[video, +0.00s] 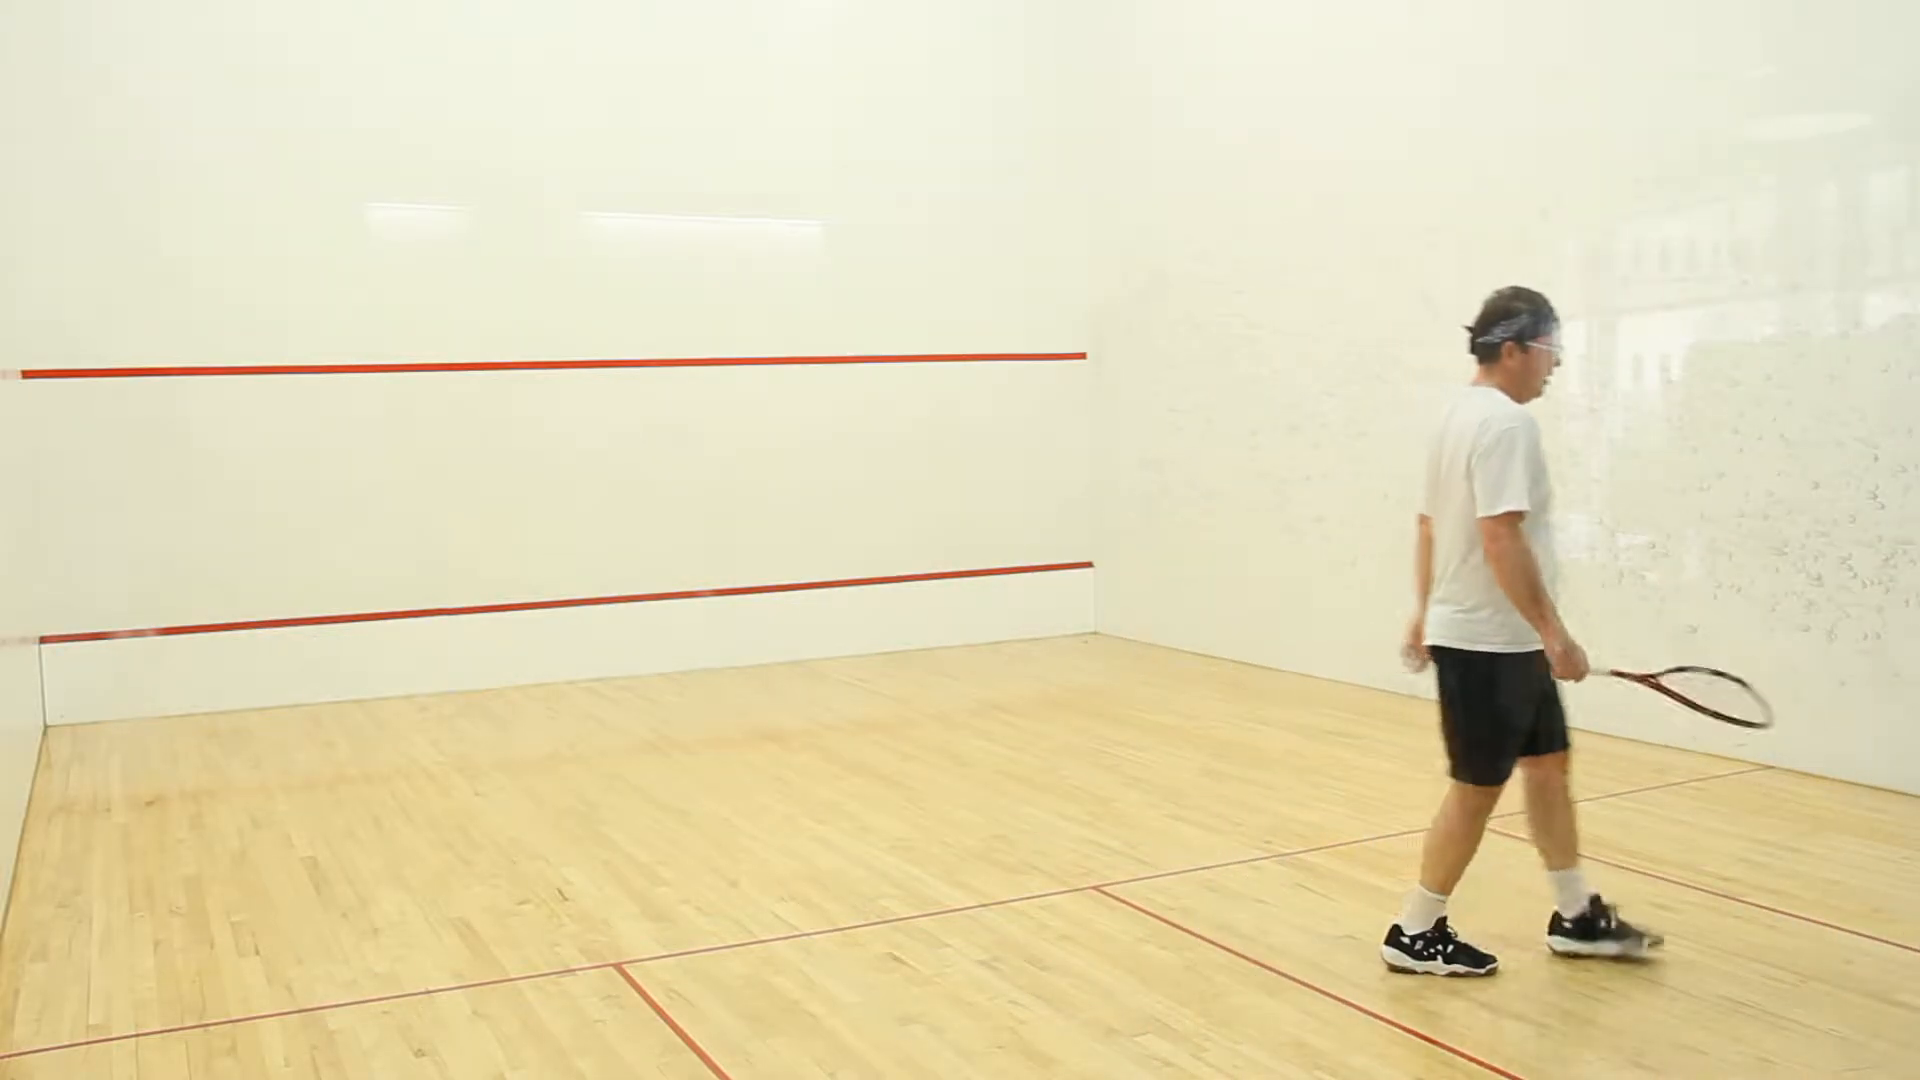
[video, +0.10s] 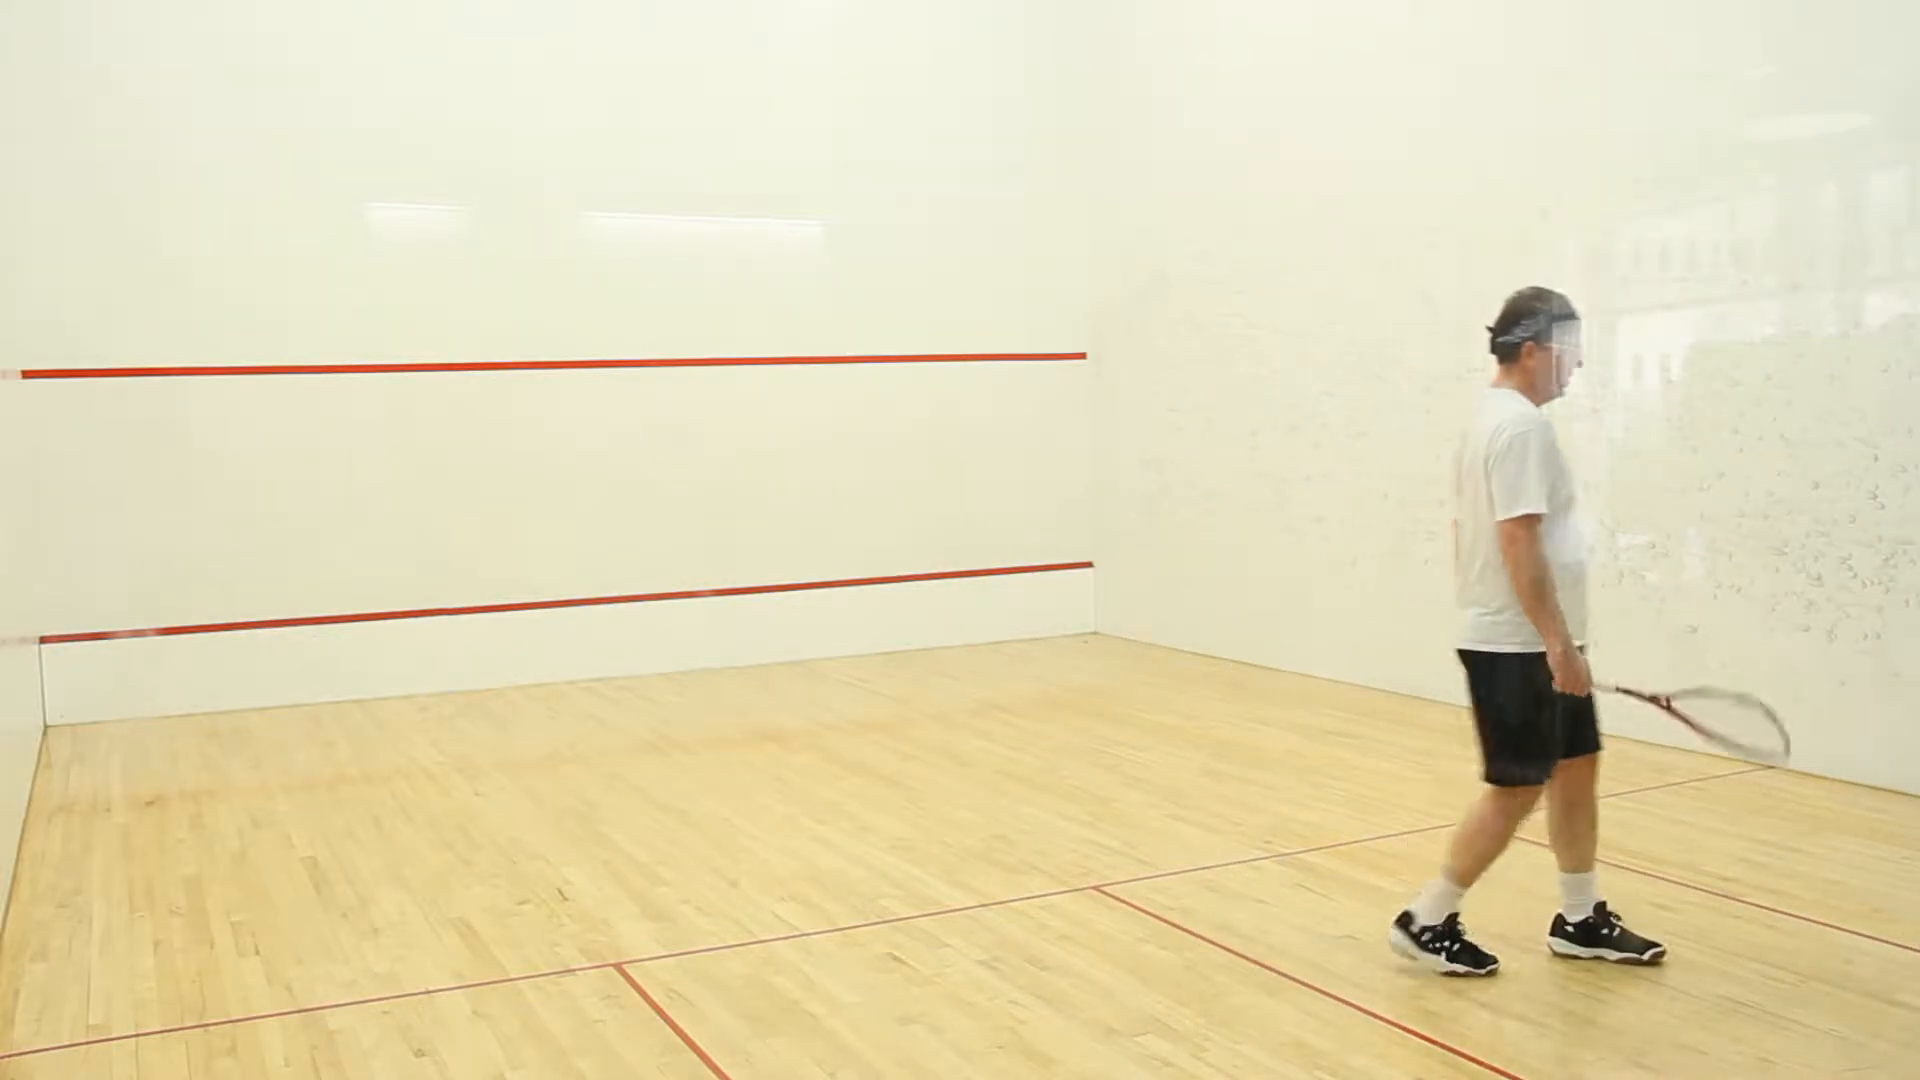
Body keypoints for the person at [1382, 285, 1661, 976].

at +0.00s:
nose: (1556, 362)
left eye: (1556, 349)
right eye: (1549, 348)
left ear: (1499, 350)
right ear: (1513, 348)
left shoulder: (1460, 414)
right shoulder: (1506, 423)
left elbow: (1428, 525)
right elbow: (1502, 540)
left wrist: (1423, 609)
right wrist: (1555, 635)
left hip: (1497, 637)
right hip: (1488, 640)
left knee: (1547, 760)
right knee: (1480, 782)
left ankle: (1576, 912)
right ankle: (1417, 929)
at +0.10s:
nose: (1573, 367)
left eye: (1573, 354)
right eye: (1567, 352)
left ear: (1516, 352)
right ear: (1532, 350)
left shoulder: (1490, 419)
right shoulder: (1521, 425)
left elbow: (1482, 544)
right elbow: (1520, 546)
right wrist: (1561, 647)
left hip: (1527, 637)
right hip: (1512, 642)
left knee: (1576, 759)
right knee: (1517, 783)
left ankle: (1581, 915)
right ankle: (1429, 917)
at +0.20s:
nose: (1592, 361)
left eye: (1593, 347)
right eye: (1583, 346)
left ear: (1538, 348)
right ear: (1541, 345)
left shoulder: (1531, 419)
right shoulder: (1530, 423)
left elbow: (1543, 548)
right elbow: (1530, 545)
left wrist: (1585, 642)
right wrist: (1565, 645)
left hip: (1571, 638)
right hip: (1542, 644)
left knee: (1591, 775)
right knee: (1568, 788)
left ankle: (1583, 917)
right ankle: (1454, 901)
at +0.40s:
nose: (1615, 354)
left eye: (1615, 340)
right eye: (1608, 340)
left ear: (1571, 339)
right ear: (1572, 339)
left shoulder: (1572, 417)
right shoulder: (1539, 418)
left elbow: (1614, 516)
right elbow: (1530, 532)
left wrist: (1670, 577)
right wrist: (1563, 636)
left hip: (1603, 628)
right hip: (1573, 634)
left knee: (1608, 766)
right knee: (1617, 765)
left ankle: (1585, 915)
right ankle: (1547, 923)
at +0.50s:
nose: (1618, 351)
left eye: (1617, 337)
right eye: (1610, 336)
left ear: (1575, 339)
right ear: (1577, 337)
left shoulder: (1584, 418)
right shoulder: (1542, 417)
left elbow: (1634, 502)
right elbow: (1529, 531)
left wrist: (1708, 556)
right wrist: (1550, 636)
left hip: (1614, 628)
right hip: (1582, 633)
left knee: (1605, 774)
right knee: (1619, 773)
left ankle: (1590, 921)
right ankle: (1569, 937)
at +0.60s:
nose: (1622, 350)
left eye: (1620, 337)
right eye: (1613, 337)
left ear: (1579, 340)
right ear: (1580, 340)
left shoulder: (1592, 418)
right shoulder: (1547, 418)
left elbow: (1641, 502)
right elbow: (1529, 530)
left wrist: (1721, 548)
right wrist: (1544, 636)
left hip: (1618, 627)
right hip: (1584, 631)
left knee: (1614, 771)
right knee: (1611, 772)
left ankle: (1586, 916)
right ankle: (1566, 936)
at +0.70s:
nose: (1623, 347)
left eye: (1620, 334)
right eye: (1614, 334)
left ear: (1576, 339)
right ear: (1583, 338)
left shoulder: (1596, 419)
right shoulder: (1548, 416)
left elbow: (1638, 511)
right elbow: (1529, 530)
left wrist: (1718, 560)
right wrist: (1543, 636)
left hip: (1618, 629)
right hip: (1583, 633)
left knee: (1618, 773)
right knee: (1601, 775)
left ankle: (1582, 915)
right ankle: (1551, 933)